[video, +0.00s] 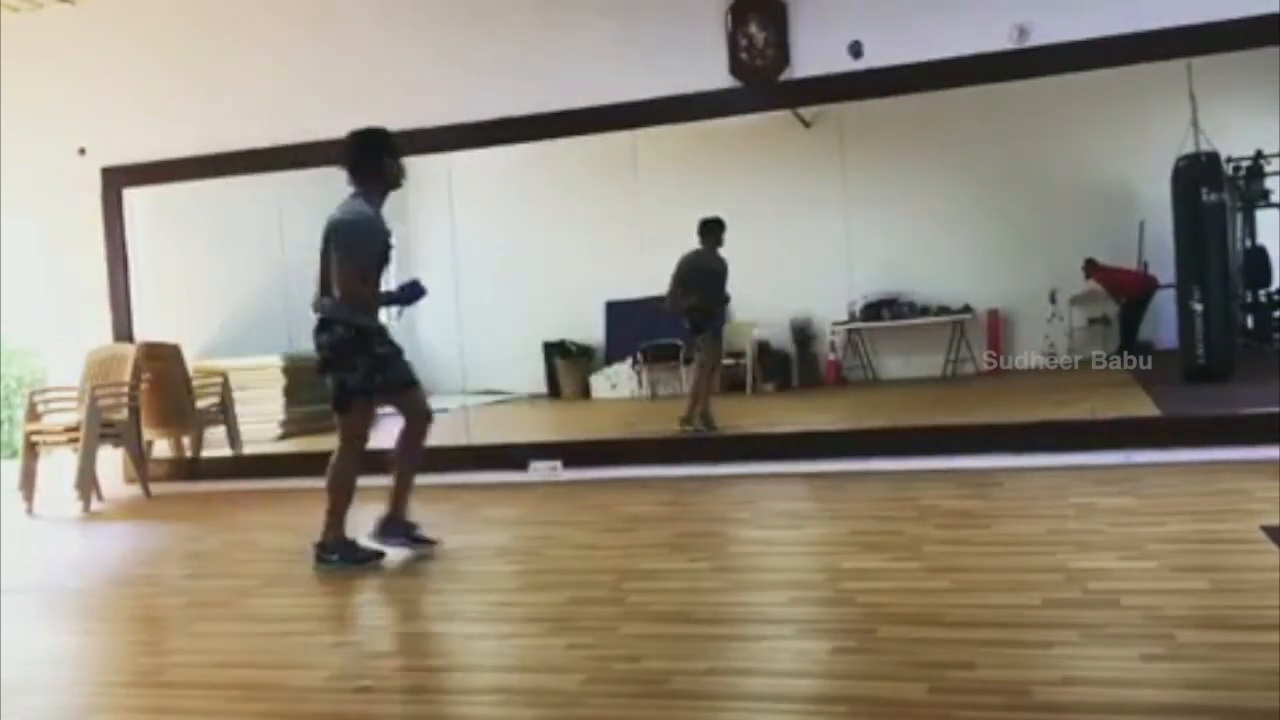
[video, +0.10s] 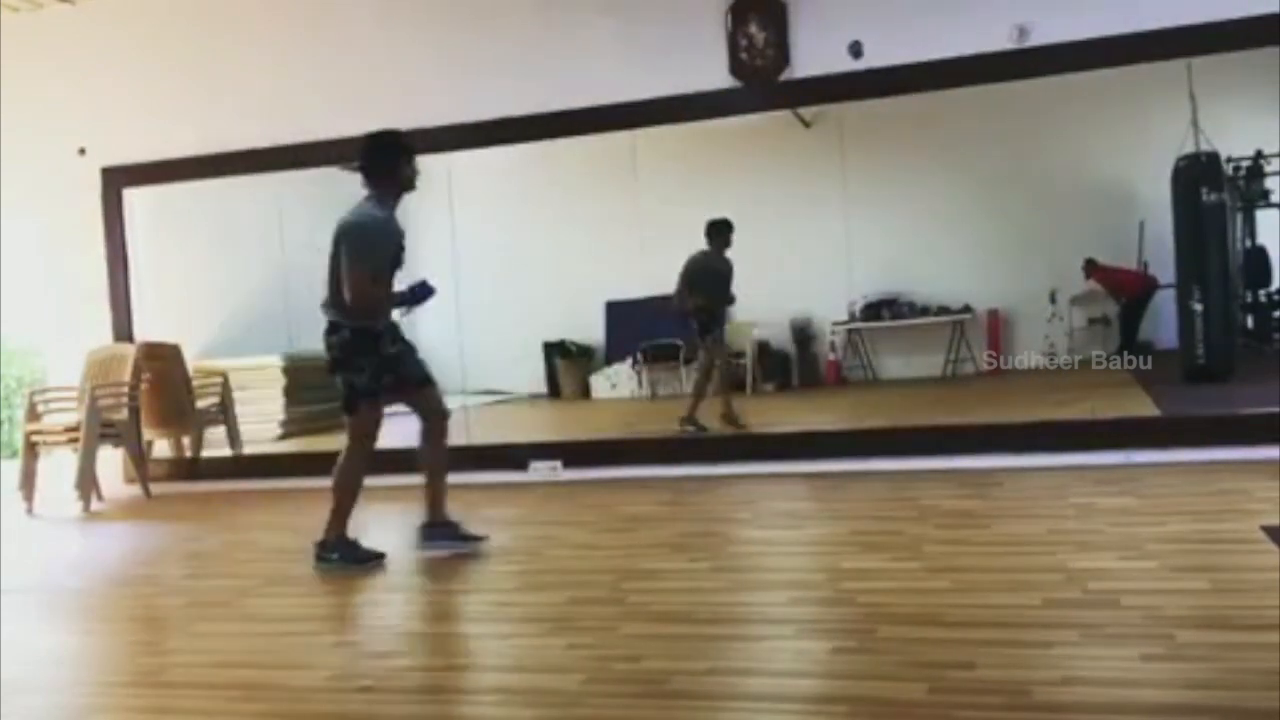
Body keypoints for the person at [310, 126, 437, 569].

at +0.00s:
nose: (401, 168)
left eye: (398, 159)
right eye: (394, 160)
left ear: (358, 170)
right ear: (379, 168)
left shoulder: (343, 219)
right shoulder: (362, 222)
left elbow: (327, 292)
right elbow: (351, 294)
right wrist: (396, 297)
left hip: (347, 330)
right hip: (354, 332)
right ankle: (332, 539)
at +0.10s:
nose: (416, 173)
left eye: (413, 164)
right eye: (409, 165)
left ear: (374, 172)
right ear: (393, 171)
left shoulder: (379, 223)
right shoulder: (365, 226)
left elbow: (339, 298)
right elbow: (358, 300)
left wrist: (384, 306)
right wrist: (405, 297)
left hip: (379, 334)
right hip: (356, 339)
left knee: (436, 416)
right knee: (362, 438)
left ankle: (436, 520)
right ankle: (334, 538)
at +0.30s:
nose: (464, 173)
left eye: (461, 165)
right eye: (457, 166)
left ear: (430, 173)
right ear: (438, 172)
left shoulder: (436, 225)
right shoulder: (411, 225)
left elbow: (424, 295)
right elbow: (413, 295)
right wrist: (476, 308)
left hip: (431, 338)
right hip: (402, 344)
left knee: (478, 423)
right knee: (386, 438)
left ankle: (504, 529)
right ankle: (341, 530)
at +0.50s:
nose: (514, 155)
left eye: (511, 147)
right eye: (506, 148)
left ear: (487, 156)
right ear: (488, 156)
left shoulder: (489, 208)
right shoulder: (464, 208)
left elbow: (487, 273)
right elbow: (466, 271)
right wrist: (487, 316)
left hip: (489, 331)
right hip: (474, 335)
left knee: (477, 434)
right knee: (479, 434)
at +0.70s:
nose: (561, 144)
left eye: (559, 135)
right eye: (552, 135)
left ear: (536, 144)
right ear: (528, 143)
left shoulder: (548, 203)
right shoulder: (505, 197)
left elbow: (554, 269)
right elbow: (479, 263)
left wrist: (583, 322)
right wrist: (469, 324)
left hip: (541, 315)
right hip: (517, 318)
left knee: (532, 420)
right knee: (565, 410)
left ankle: (520, 530)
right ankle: (550, 526)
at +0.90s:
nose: (611, 143)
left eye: (608, 135)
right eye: (601, 137)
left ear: (582, 149)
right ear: (580, 148)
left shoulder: (598, 204)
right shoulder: (556, 204)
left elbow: (615, 267)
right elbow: (528, 276)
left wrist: (650, 305)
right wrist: (514, 341)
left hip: (597, 329)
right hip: (577, 333)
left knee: (562, 427)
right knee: (629, 419)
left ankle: (522, 527)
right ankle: (679, 525)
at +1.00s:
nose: (643, 130)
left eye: (640, 122)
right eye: (634, 124)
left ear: (620, 135)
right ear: (615, 136)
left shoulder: (640, 194)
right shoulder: (594, 198)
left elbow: (657, 262)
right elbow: (583, 274)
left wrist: (680, 320)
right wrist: (579, 342)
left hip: (650, 312)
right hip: (625, 317)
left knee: (632, 424)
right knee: (654, 424)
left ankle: (557, 504)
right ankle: (687, 528)